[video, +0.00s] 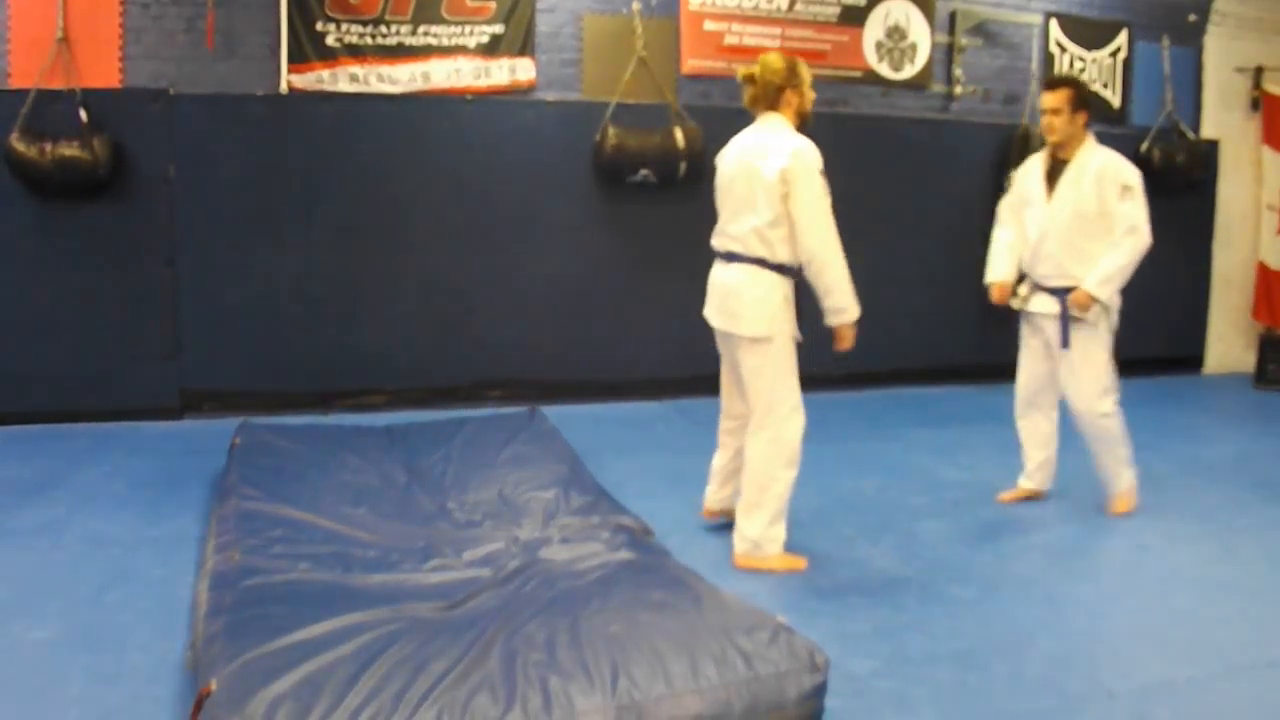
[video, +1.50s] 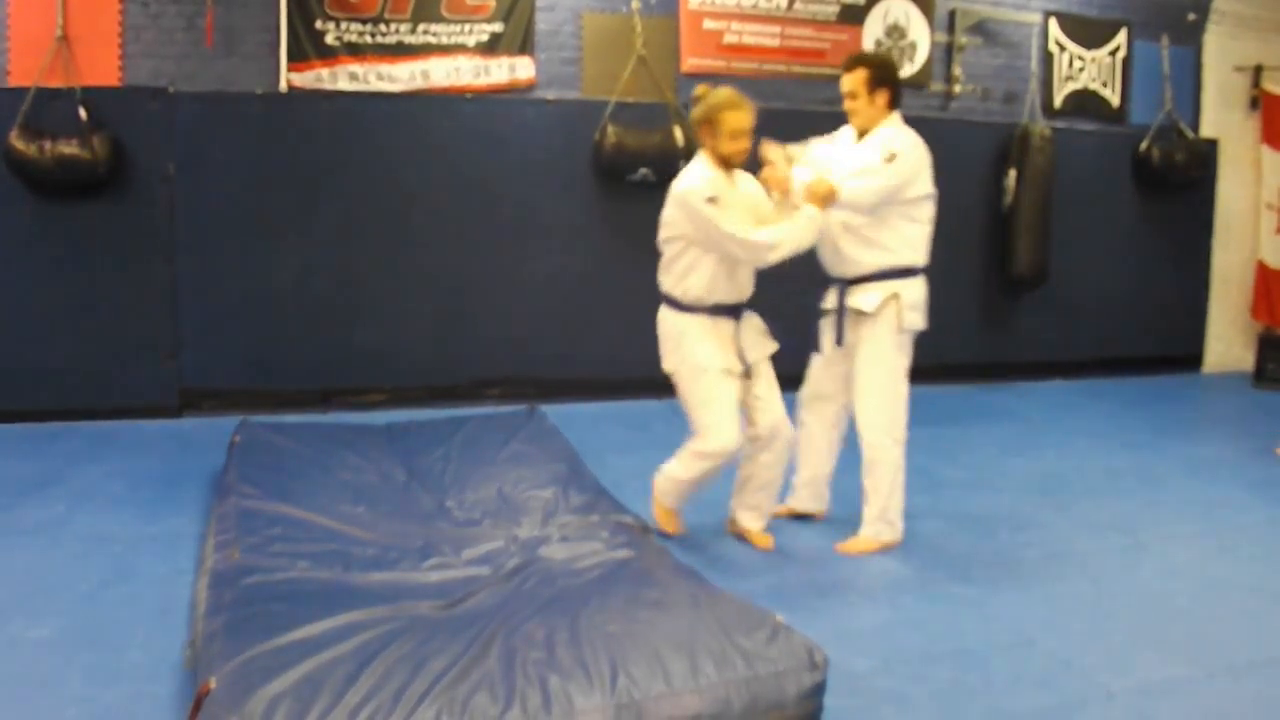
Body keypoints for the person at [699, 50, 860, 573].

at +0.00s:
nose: (811, 98)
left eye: (809, 89)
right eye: (807, 90)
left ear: (759, 94)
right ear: (792, 95)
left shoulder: (733, 148)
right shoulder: (797, 153)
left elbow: (734, 223)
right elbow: (817, 240)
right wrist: (842, 312)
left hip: (723, 280)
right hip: (765, 290)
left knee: (737, 403)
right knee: (779, 417)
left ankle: (721, 496)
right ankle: (758, 543)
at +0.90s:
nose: (799, 100)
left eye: (795, 91)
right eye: (794, 92)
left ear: (752, 96)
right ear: (778, 95)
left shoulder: (731, 149)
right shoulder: (779, 154)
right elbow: (800, 241)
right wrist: (876, 254)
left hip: (733, 283)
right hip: (767, 291)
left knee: (734, 404)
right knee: (782, 416)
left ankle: (720, 506)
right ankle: (756, 541)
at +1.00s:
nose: (800, 101)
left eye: (797, 93)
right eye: (796, 93)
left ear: (753, 95)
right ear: (781, 95)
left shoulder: (733, 145)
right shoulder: (785, 152)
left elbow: (761, 201)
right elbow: (838, 214)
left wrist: (810, 176)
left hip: (724, 282)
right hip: (763, 291)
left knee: (730, 405)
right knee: (781, 417)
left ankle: (720, 506)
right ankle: (756, 541)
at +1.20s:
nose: (809, 112)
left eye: (807, 103)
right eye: (804, 102)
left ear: (768, 102)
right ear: (781, 101)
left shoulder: (745, 144)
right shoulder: (775, 153)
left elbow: (802, 214)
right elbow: (834, 227)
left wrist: (837, 196)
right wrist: (870, 200)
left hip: (722, 286)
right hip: (743, 293)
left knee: (753, 407)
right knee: (776, 418)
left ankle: (730, 504)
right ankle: (758, 543)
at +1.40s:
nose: (782, 131)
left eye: (782, 121)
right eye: (773, 121)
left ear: (755, 123)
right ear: (740, 121)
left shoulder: (748, 170)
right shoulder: (727, 177)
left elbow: (745, 245)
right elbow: (766, 257)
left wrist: (781, 225)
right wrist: (827, 227)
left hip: (736, 308)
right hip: (705, 311)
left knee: (772, 419)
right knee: (757, 419)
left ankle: (745, 516)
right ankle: (704, 515)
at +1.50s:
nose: (744, 144)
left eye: (748, 134)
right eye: (734, 135)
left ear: (751, 133)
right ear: (707, 136)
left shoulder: (744, 181)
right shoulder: (692, 189)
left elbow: (774, 229)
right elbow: (755, 249)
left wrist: (784, 196)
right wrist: (812, 213)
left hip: (737, 320)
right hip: (691, 323)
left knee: (772, 429)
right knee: (721, 438)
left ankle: (749, 517)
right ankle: (666, 493)